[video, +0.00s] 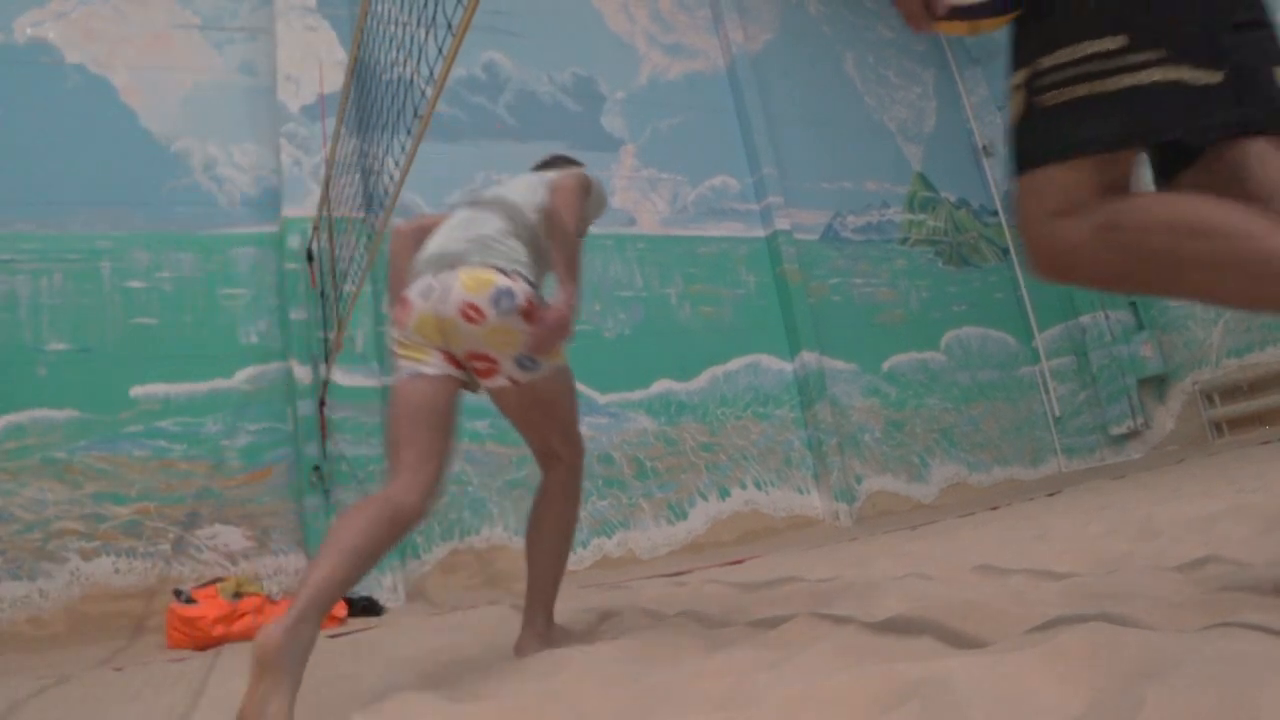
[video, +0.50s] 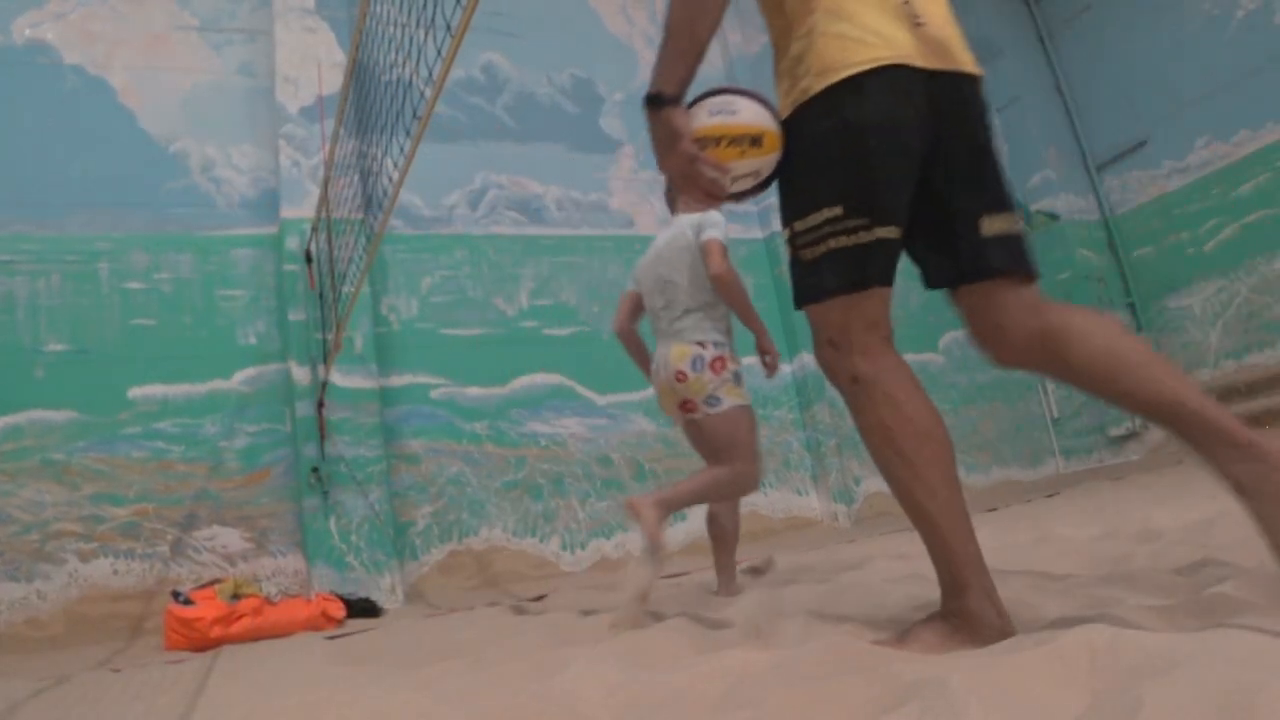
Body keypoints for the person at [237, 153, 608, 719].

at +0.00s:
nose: (589, 207)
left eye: (586, 196)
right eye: (586, 190)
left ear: (533, 172)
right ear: (573, 175)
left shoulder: (484, 199)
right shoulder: (573, 178)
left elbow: (407, 229)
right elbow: (562, 206)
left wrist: (403, 310)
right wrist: (568, 294)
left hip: (420, 303)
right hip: (493, 296)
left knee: (406, 491)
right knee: (562, 460)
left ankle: (290, 632)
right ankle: (538, 627)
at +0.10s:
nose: (613, 192)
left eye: (610, 186)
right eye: (612, 185)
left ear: (565, 190)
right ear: (604, 183)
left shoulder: (525, 220)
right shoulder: (610, 200)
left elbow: (460, 255)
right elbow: (617, 241)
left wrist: (457, 345)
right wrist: (640, 345)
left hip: (481, 329)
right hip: (546, 324)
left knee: (512, 500)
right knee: (594, 479)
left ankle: (394, 545)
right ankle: (543, 629)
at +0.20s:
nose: (638, 183)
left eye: (634, 177)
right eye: (634, 177)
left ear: (591, 184)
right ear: (623, 176)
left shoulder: (554, 217)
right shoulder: (639, 201)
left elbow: (502, 255)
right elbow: (657, 246)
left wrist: (508, 341)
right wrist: (681, 331)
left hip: (530, 323)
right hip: (589, 317)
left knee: (587, 461)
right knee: (609, 480)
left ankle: (522, 540)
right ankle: (546, 623)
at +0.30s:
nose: (660, 172)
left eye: (655, 167)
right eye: (656, 167)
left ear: (615, 175)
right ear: (647, 165)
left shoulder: (590, 208)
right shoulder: (665, 188)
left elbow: (544, 250)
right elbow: (685, 230)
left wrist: (551, 328)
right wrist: (703, 308)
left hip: (580, 312)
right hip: (631, 305)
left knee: (646, 440)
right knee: (619, 462)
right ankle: (571, 594)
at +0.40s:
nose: (685, 179)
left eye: (681, 174)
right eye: (681, 174)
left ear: (642, 183)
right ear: (668, 173)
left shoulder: (616, 226)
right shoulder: (686, 197)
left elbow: (579, 279)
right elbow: (709, 238)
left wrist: (595, 349)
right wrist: (731, 310)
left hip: (626, 336)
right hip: (672, 322)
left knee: (684, 455)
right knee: (672, 451)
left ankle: (715, 570)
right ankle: (594, 547)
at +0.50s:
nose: (721, 197)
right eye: (718, 188)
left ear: (672, 197)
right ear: (707, 192)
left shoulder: (653, 253)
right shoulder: (707, 221)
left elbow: (623, 325)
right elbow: (720, 271)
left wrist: (657, 375)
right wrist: (760, 333)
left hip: (666, 363)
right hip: (705, 356)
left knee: (723, 475)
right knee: (744, 470)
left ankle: (727, 583)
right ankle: (655, 504)